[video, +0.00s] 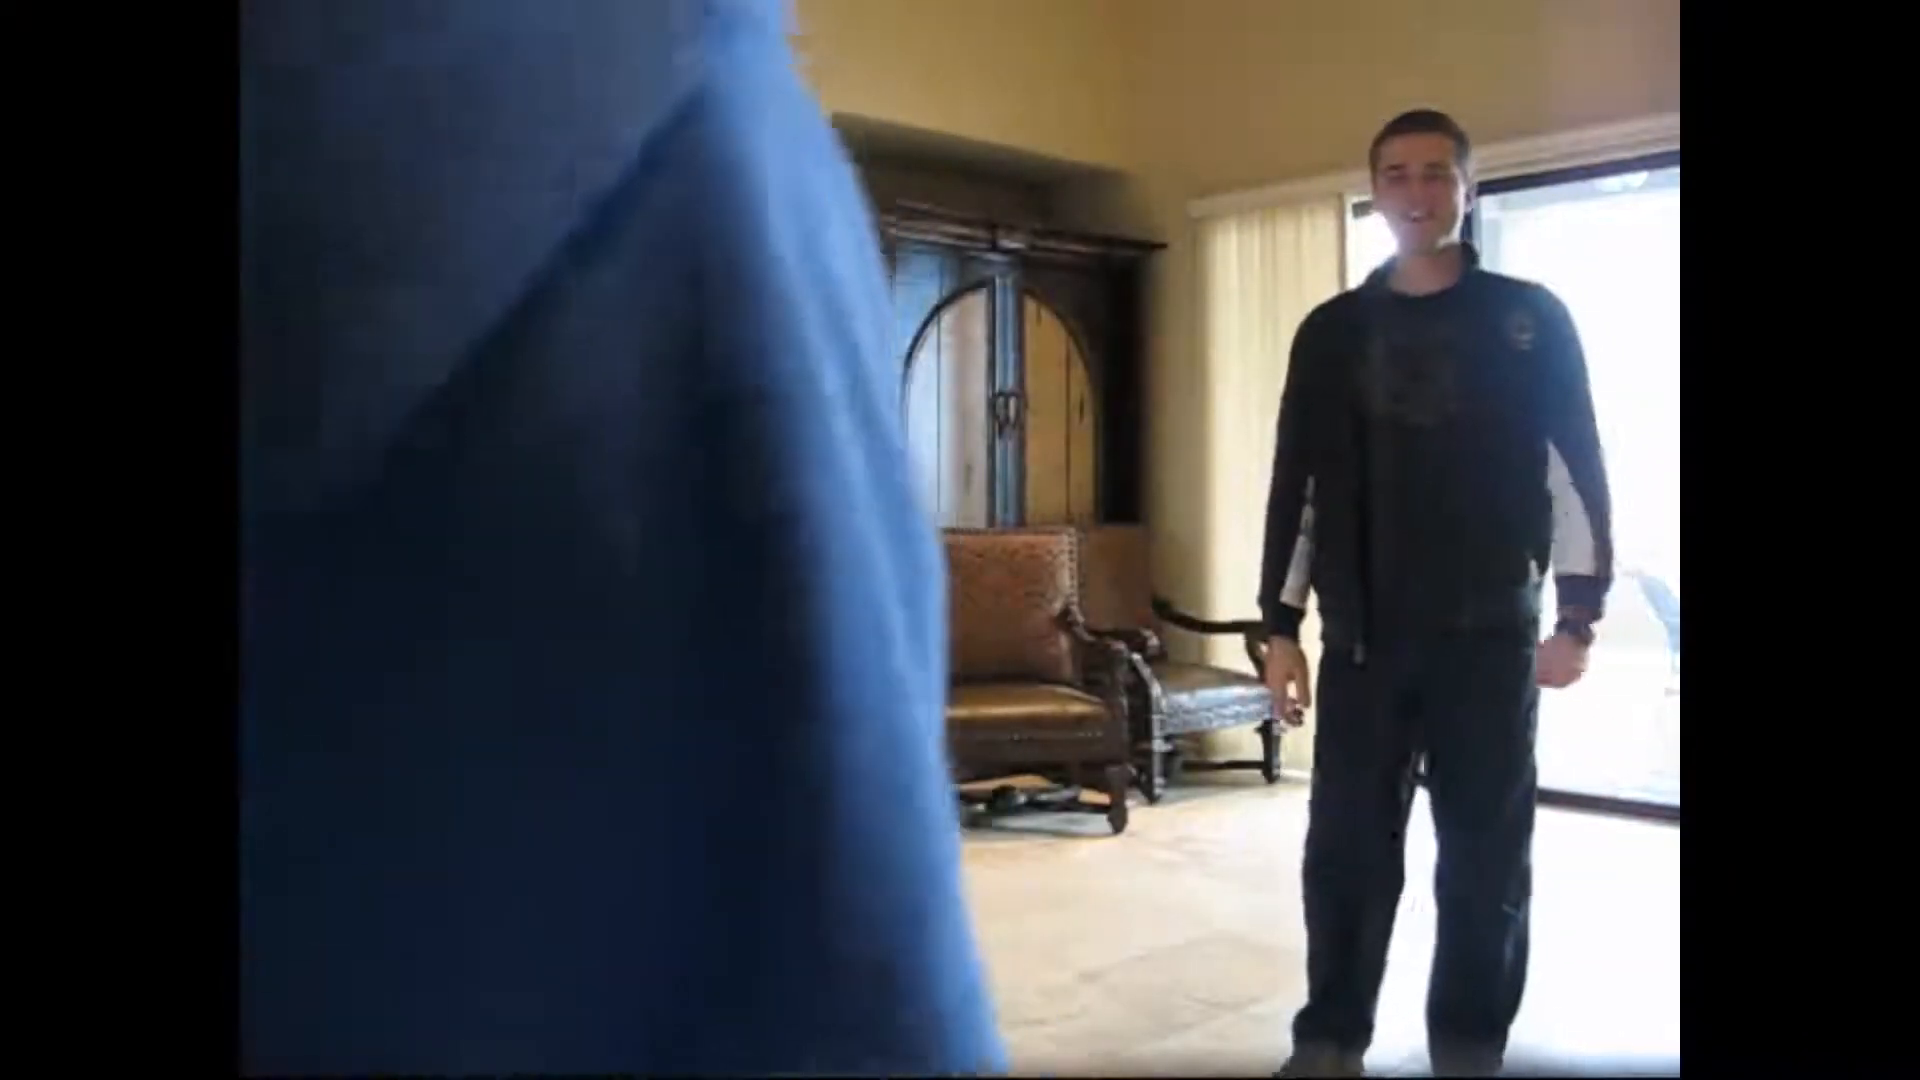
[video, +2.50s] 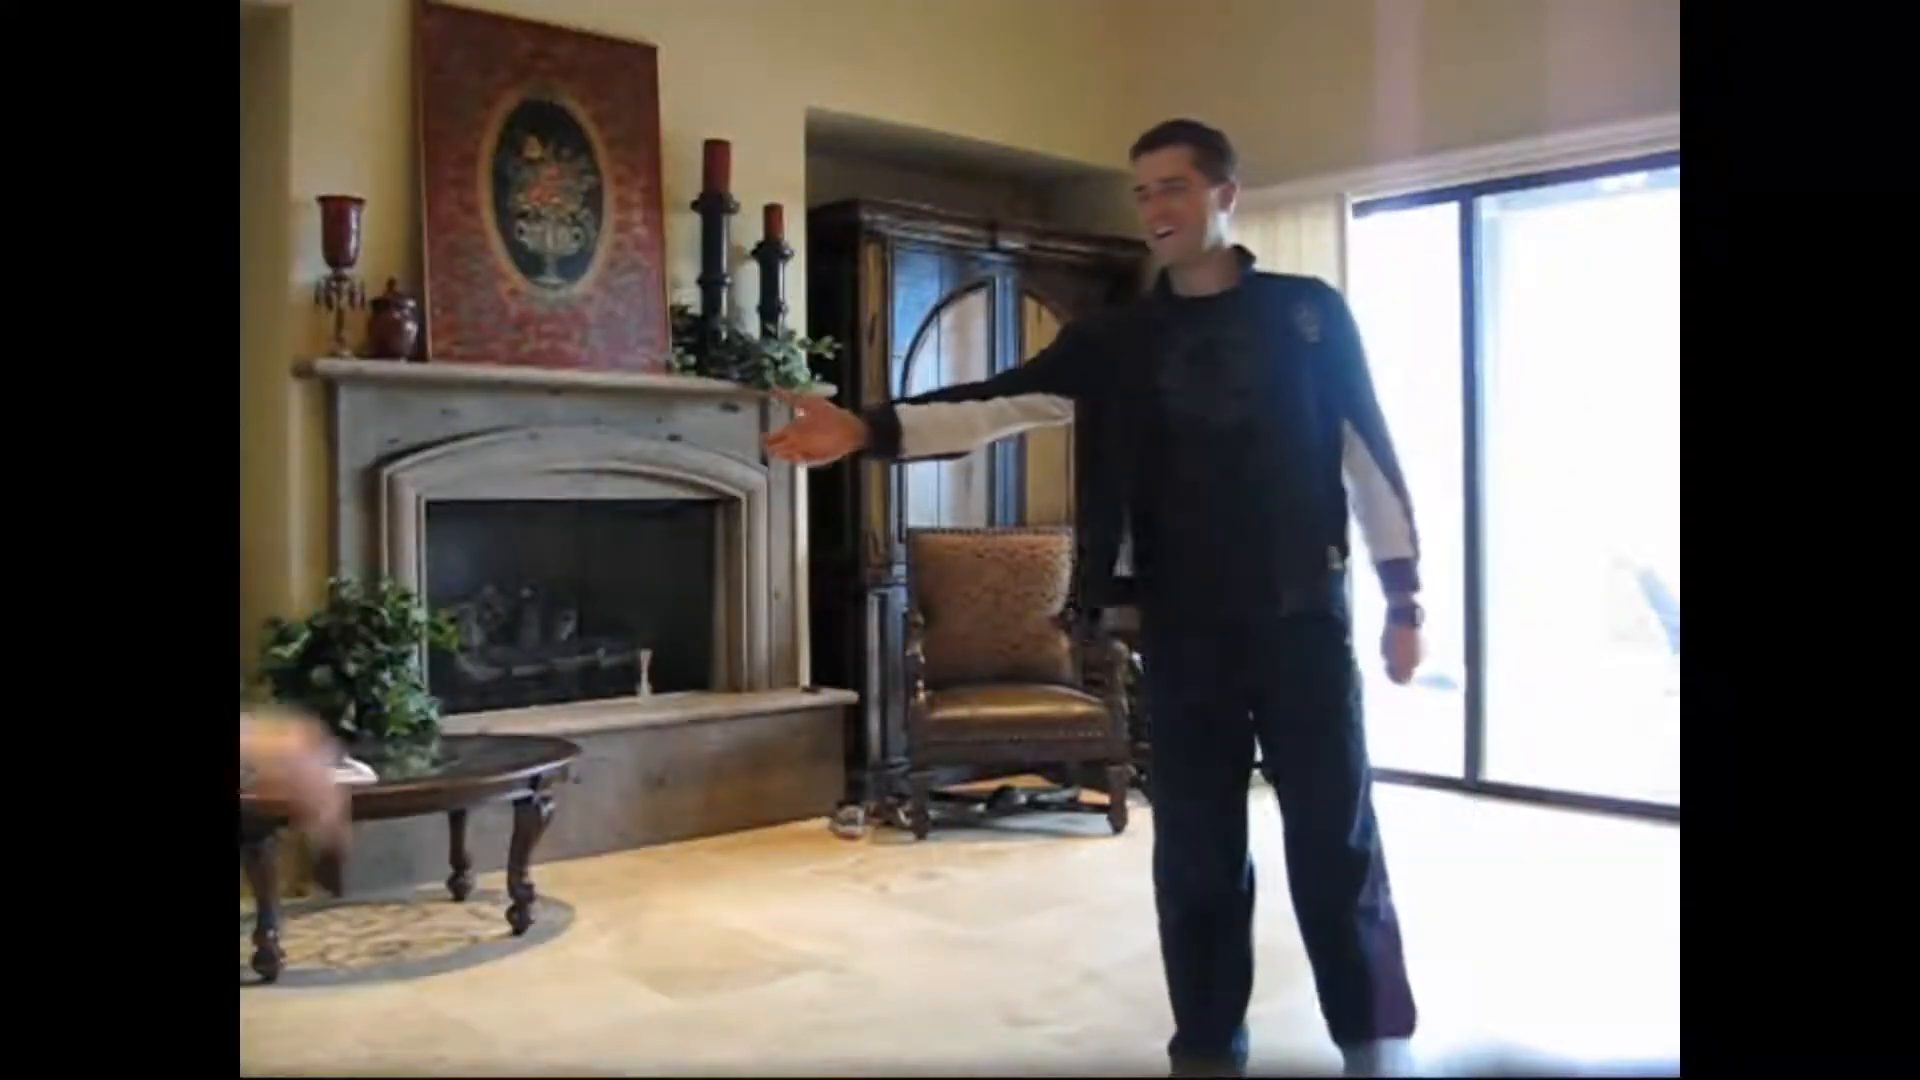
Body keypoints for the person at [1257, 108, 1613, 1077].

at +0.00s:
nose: (1418, 190)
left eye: (1436, 173)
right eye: (1398, 174)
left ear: (1468, 188)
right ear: (1374, 193)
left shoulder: (1529, 315)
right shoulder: (1330, 329)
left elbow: (1583, 475)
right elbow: (1291, 483)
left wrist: (1576, 619)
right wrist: (1277, 622)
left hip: (1489, 638)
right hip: (1363, 639)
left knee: (1486, 867)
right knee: (1344, 856)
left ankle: (1468, 1055)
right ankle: (1328, 1045)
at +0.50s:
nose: (1343, 201)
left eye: (1362, 184)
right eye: (1326, 184)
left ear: (1390, 198)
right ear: (1301, 200)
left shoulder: (1445, 324)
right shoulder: (1250, 335)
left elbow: (1494, 477)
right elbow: (1210, 478)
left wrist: (1510, 619)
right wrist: (1187, 604)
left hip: (1411, 633)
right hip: (1287, 637)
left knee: (1434, 853)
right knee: (1295, 853)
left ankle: (1457, 1049)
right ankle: (1295, 1040)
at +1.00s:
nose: (1319, 204)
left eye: (1337, 188)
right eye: (1301, 188)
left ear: (1366, 203)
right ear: (1276, 204)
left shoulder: (1420, 326)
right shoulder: (1226, 338)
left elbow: (1464, 477)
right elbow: (1185, 486)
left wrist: (1467, 616)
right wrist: (1155, 619)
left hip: (1392, 634)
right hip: (1276, 636)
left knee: (1414, 861)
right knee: (1287, 856)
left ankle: (1439, 1055)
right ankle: (1295, 1041)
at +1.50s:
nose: (1341, 198)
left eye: (1360, 181)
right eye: (1323, 182)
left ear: (1391, 197)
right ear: (1299, 200)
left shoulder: (1453, 324)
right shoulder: (1254, 335)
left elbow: (1508, 477)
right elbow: (1216, 487)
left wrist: (1515, 613)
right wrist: (1215, 618)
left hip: (1421, 631)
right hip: (1291, 636)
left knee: (1427, 856)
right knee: (1290, 851)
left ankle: (1440, 1052)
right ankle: (1292, 1035)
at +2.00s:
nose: (1252, 204)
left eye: (1270, 185)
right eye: (1235, 188)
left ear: (1302, 198)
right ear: (1215, 205)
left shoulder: (1359, 323)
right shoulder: (1171, 342)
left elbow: (1399, 477)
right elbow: (1114, 479)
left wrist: (1371, 610)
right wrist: (1042, 593)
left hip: (1328, 633)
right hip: (1205, 640)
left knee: (1382, 864)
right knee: (1206, 864)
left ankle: (1432, 1056)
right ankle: (1208, 1054)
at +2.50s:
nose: (1153, 209)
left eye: (1171, 189)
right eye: (1142, 195)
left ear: (1226, 194)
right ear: (1137, 209)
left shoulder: (1308, 311)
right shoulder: (1115, 337)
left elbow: (1370, 459)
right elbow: (993, 405)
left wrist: (1402, 598)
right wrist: (866, 429)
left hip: (1303, 627)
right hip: (1185, 633)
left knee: (1337, 851)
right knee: (1196, 862)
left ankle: (1374, 1050)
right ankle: (1206, 1055)